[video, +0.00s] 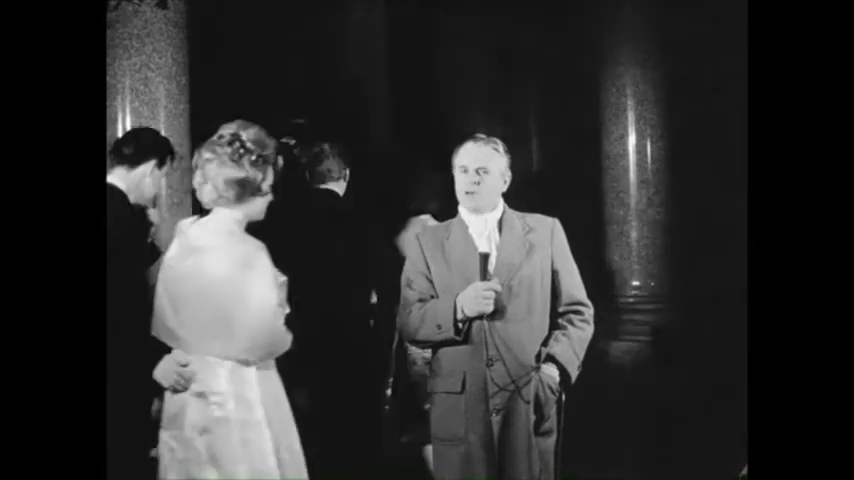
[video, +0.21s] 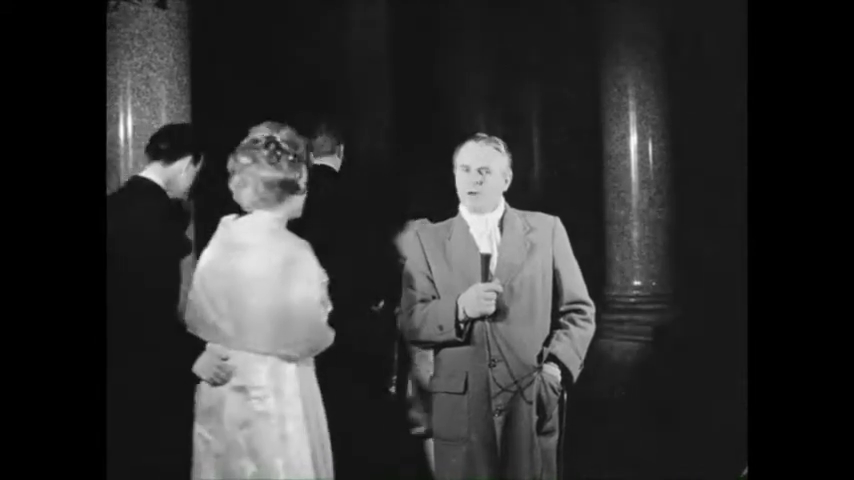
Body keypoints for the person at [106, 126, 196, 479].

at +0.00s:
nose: (162, 186)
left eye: (164, 176)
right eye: (163, 174)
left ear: (127, 161)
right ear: (150, 168)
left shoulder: (124, 214)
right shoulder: (122, 218)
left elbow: (125, 308)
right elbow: (116, 312)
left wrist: (161, 356)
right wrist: (152, 360)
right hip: (119, 393)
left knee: (128, 464)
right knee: (125, 465)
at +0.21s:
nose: (193, 184)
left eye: (197, 173)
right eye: (196, 171)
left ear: (155, 156)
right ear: (183, 163)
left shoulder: (119, 202)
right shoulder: (159, 213)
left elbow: (139, 308)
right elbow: (147, 311)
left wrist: (196, 350)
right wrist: (194, 355)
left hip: (123, 368)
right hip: (153, 377)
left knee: (130, 461)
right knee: (162, 464)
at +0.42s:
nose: (224, 182)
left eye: (227, 171)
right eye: (227, 170)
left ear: (186, 154)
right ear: (220, 164)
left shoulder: (142, 207)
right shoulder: (199, 214)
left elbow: (145, 302)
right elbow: (194, 302)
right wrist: (235, 354)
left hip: (145, 360)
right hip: (188, 366)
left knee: (152, 457)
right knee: (197, 460)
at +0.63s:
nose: (261, 174)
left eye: (263, 165)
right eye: (262, 165)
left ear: (217, 158)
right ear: (257, 165)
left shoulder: (178, 207)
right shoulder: (247, 215)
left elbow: (179, 298)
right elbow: (243, 299)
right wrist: (280, 352)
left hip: (186, 358)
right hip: (236, 364)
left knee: (193, 455)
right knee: (241, 458)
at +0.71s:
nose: (273, 169)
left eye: (271, 162)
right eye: (274, 163)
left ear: (229, 157)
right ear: (268, 162)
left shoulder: (190, 206)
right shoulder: (269, 210)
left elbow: (185, 282)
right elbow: (273, 288)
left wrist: (189, 334)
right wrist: (293, 344)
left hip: (204, 335)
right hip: (257, 337)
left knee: (209, 429)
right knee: (258, 434)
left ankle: (207, 470)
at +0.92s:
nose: (300, 166)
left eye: (300, 160)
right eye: (302, 159)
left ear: (255, 154)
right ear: (297, 159)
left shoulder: (223, 199)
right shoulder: (295, 211)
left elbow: (212, 282)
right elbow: (306, 287)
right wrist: (335, 339)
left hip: (234, 335)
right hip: (285, 342)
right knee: (283, 445)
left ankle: (249, 468)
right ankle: (278, 470)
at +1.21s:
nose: (327, 176)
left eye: (327, 168)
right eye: (326, 167)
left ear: (283, 166)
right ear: (321, 167)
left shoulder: (255, 206)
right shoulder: (324, 213)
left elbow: (244, 285)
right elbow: (340, 288)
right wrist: (382, 332)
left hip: (269, 338)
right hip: (321, 338)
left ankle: (286, 470)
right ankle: (327, 469)